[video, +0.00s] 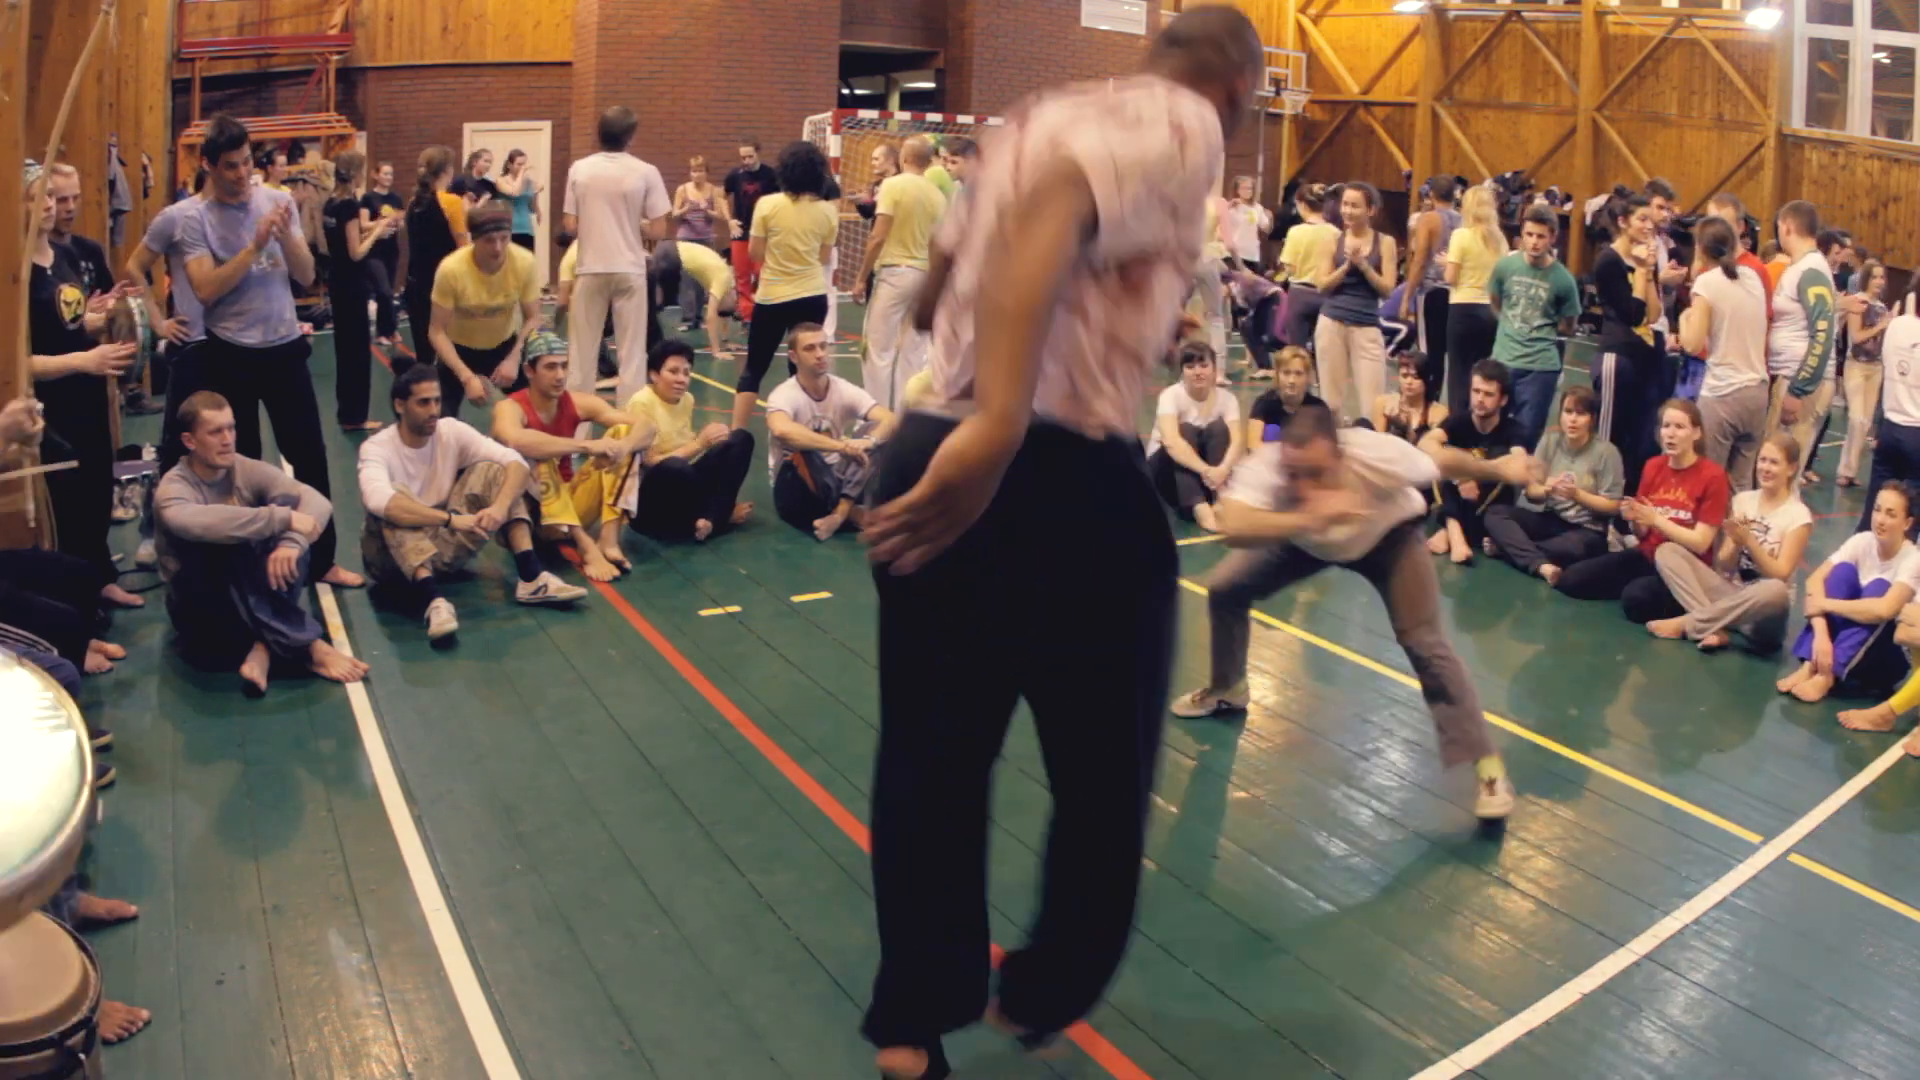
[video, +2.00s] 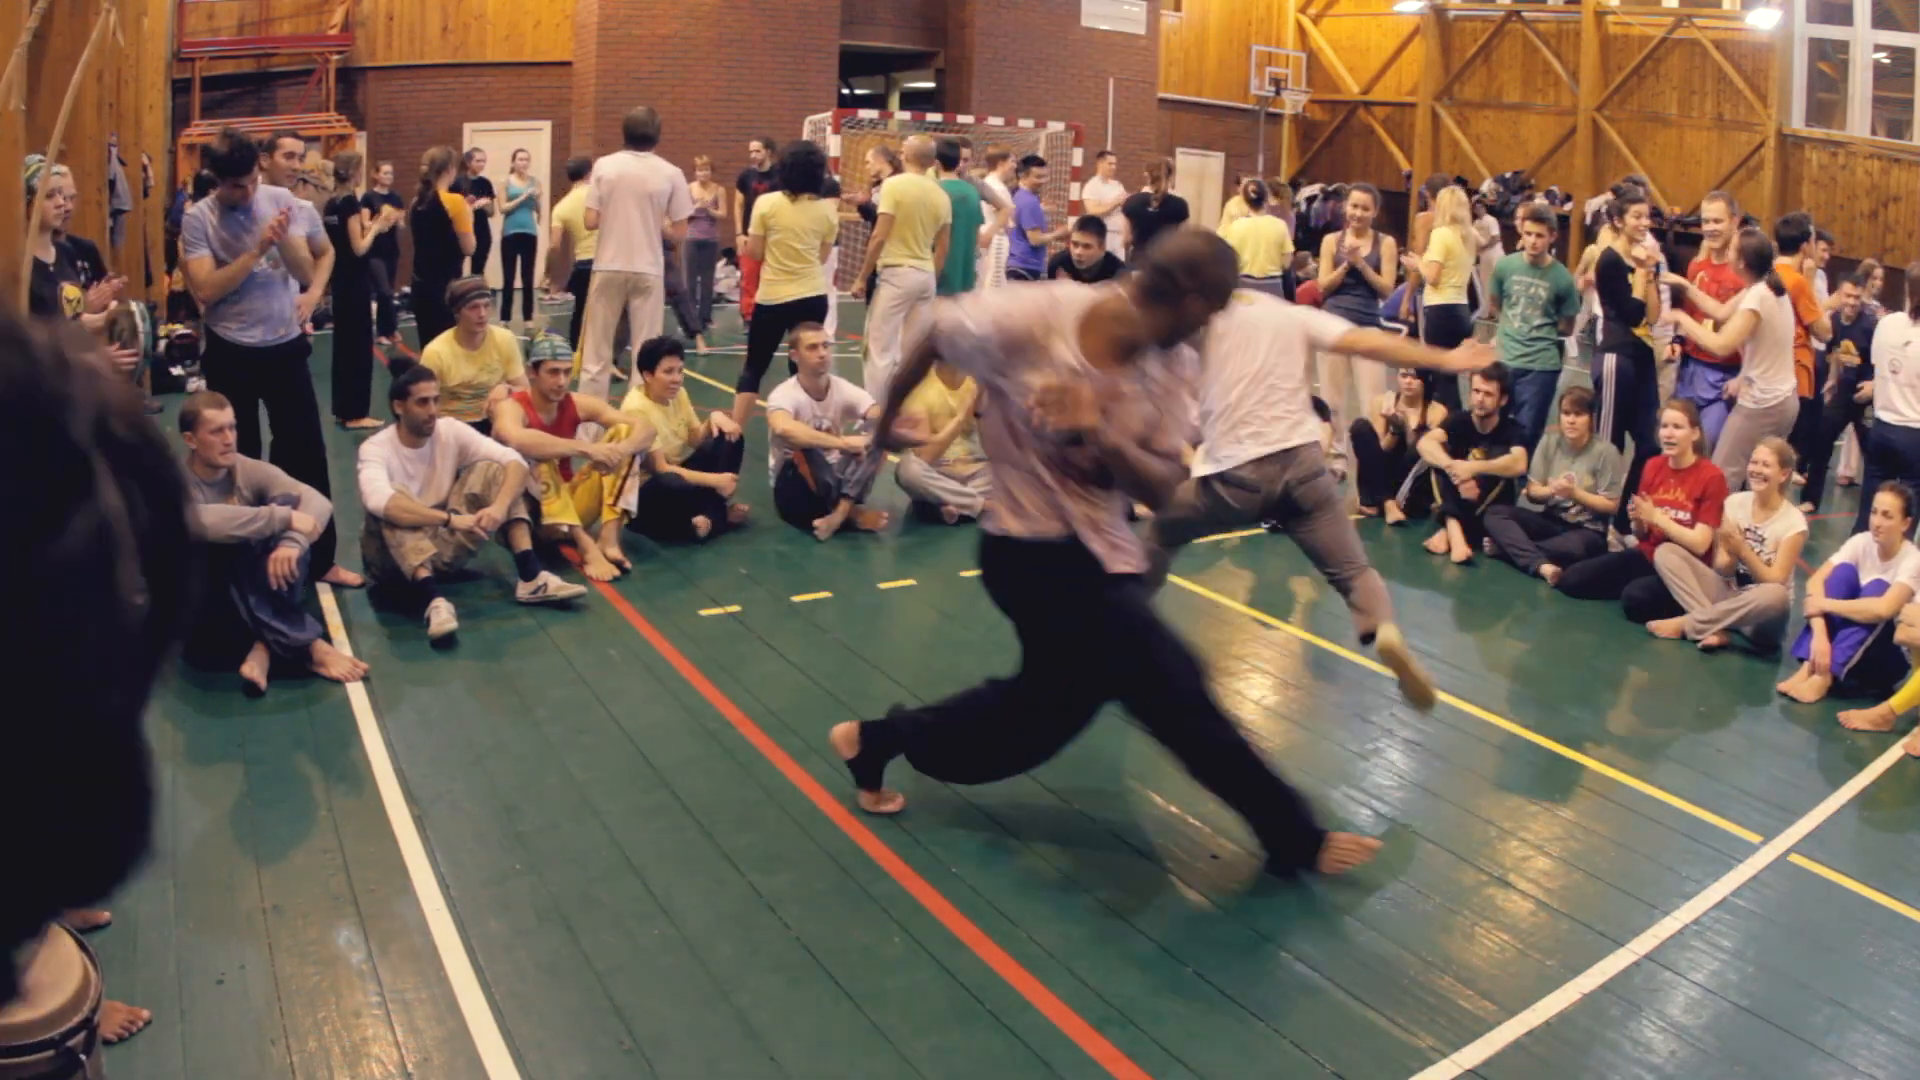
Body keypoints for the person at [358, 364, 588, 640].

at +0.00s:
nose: (434, 410)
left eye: (437, 401)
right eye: (424, 403)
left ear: (442, 401)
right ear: (399, 405)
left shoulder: (451, 431)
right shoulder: (376, 449)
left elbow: (516, 464)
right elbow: (379, 502)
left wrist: (500, 509)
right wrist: (450, 519)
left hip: (449, 547)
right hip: (398, 554)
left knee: (491, 470)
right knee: (396, 498)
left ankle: (532, 577)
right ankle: (434, 602)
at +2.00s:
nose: (432, 410)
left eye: (436, 401)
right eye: (422, 403)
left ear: (440, 400)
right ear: (398, 407)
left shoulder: (450, 430)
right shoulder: (375, 449)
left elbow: (516, 463)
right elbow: (380, 502)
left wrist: (500, 508)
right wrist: (449, 519)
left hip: (449, 546)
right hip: (398, 552)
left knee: (493, 470)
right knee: (395, 499)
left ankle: (531, 576)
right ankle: (434, 601)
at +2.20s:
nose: (433, 410)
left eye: (436, 400)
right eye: (423, 402)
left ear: (440, 400)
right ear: (398, 406)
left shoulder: (450, 430)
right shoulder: (375, 449)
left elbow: (516, 463)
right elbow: (380, 502)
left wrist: (500, 509)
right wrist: (450, 519)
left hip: (449, 546)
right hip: (398, 552)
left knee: (493, 469)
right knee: (395, 499)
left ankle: (531, 576)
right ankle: (434, 601)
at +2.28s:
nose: (434, 410)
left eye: (436, 400)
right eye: (424, 402)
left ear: (440, 399)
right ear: (398, 406)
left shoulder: (450, 430)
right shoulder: (375, 449)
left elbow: (516, 463)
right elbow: (380, 502)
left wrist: (500, 508)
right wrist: (450, 519)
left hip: (449, 547)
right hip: (398, 553)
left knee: (492, 469)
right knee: (395, 499)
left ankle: (531, 576)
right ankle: (435, 601)